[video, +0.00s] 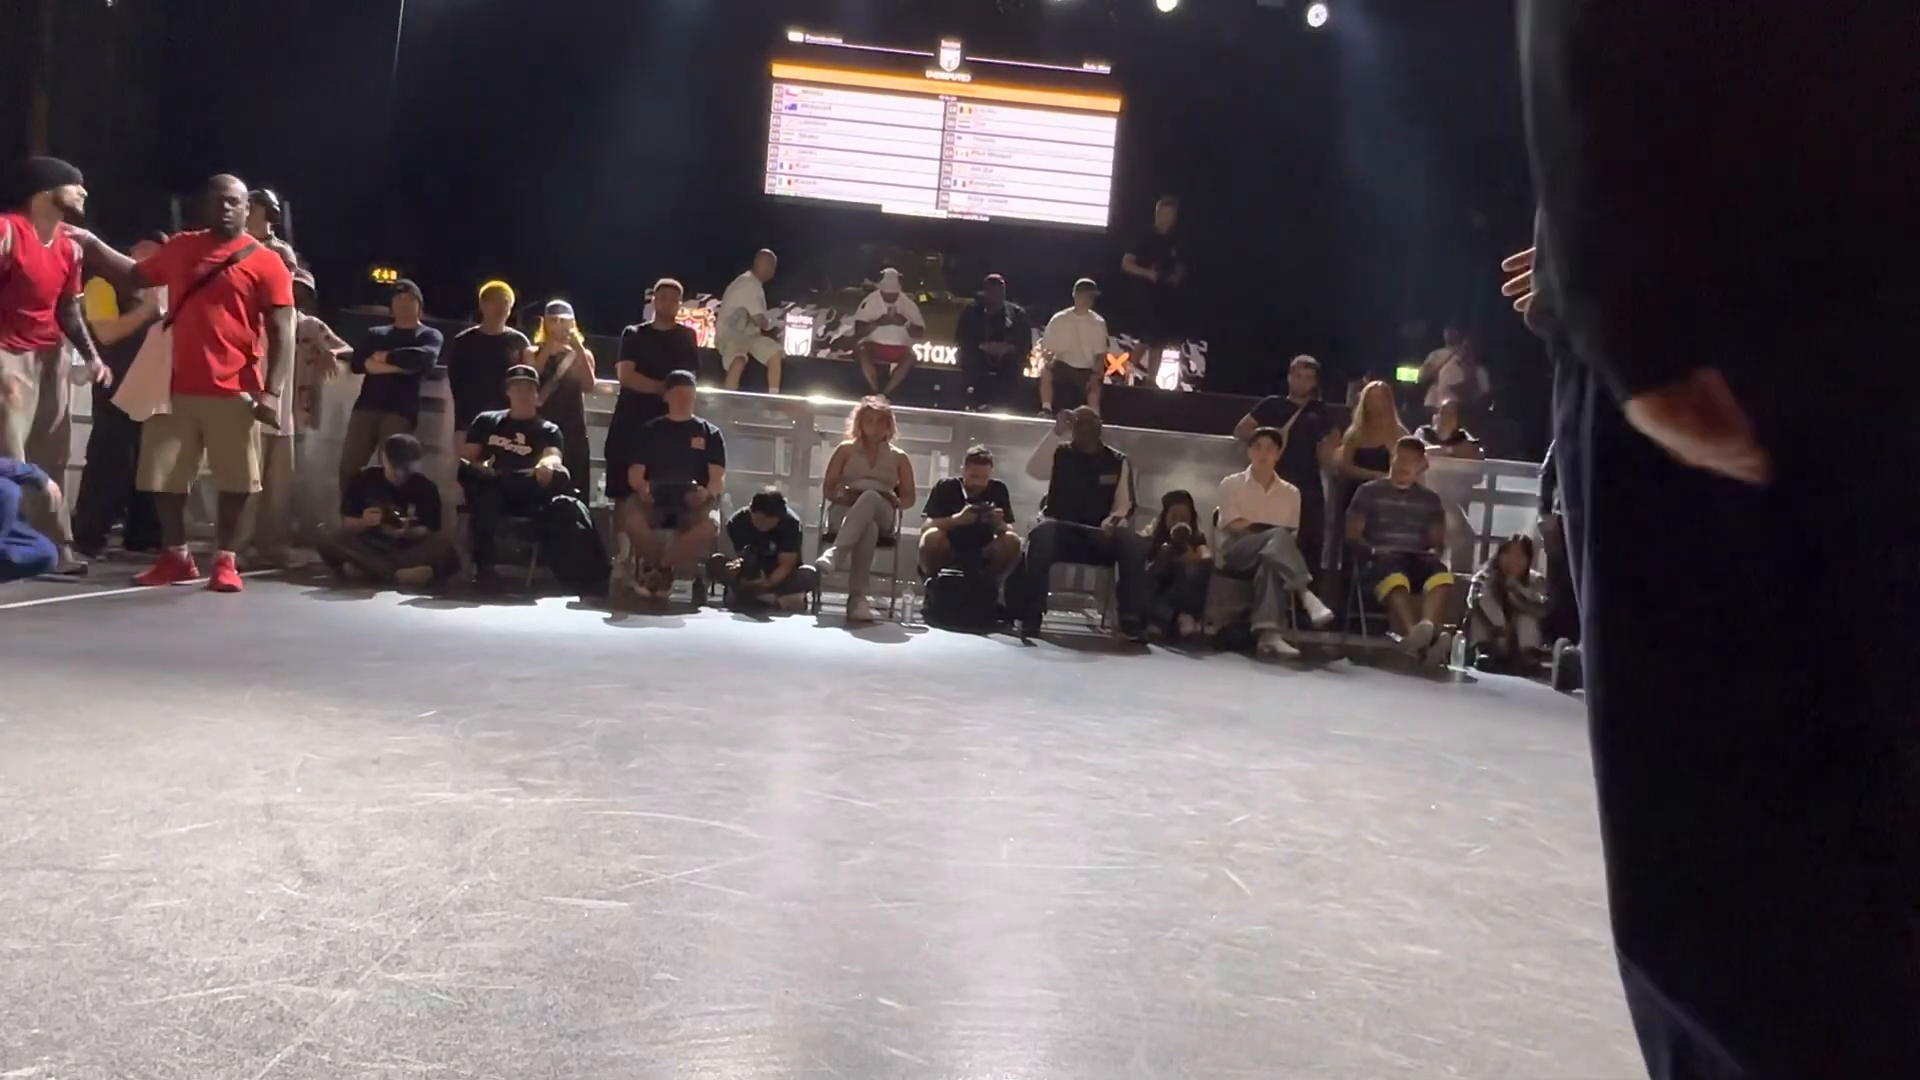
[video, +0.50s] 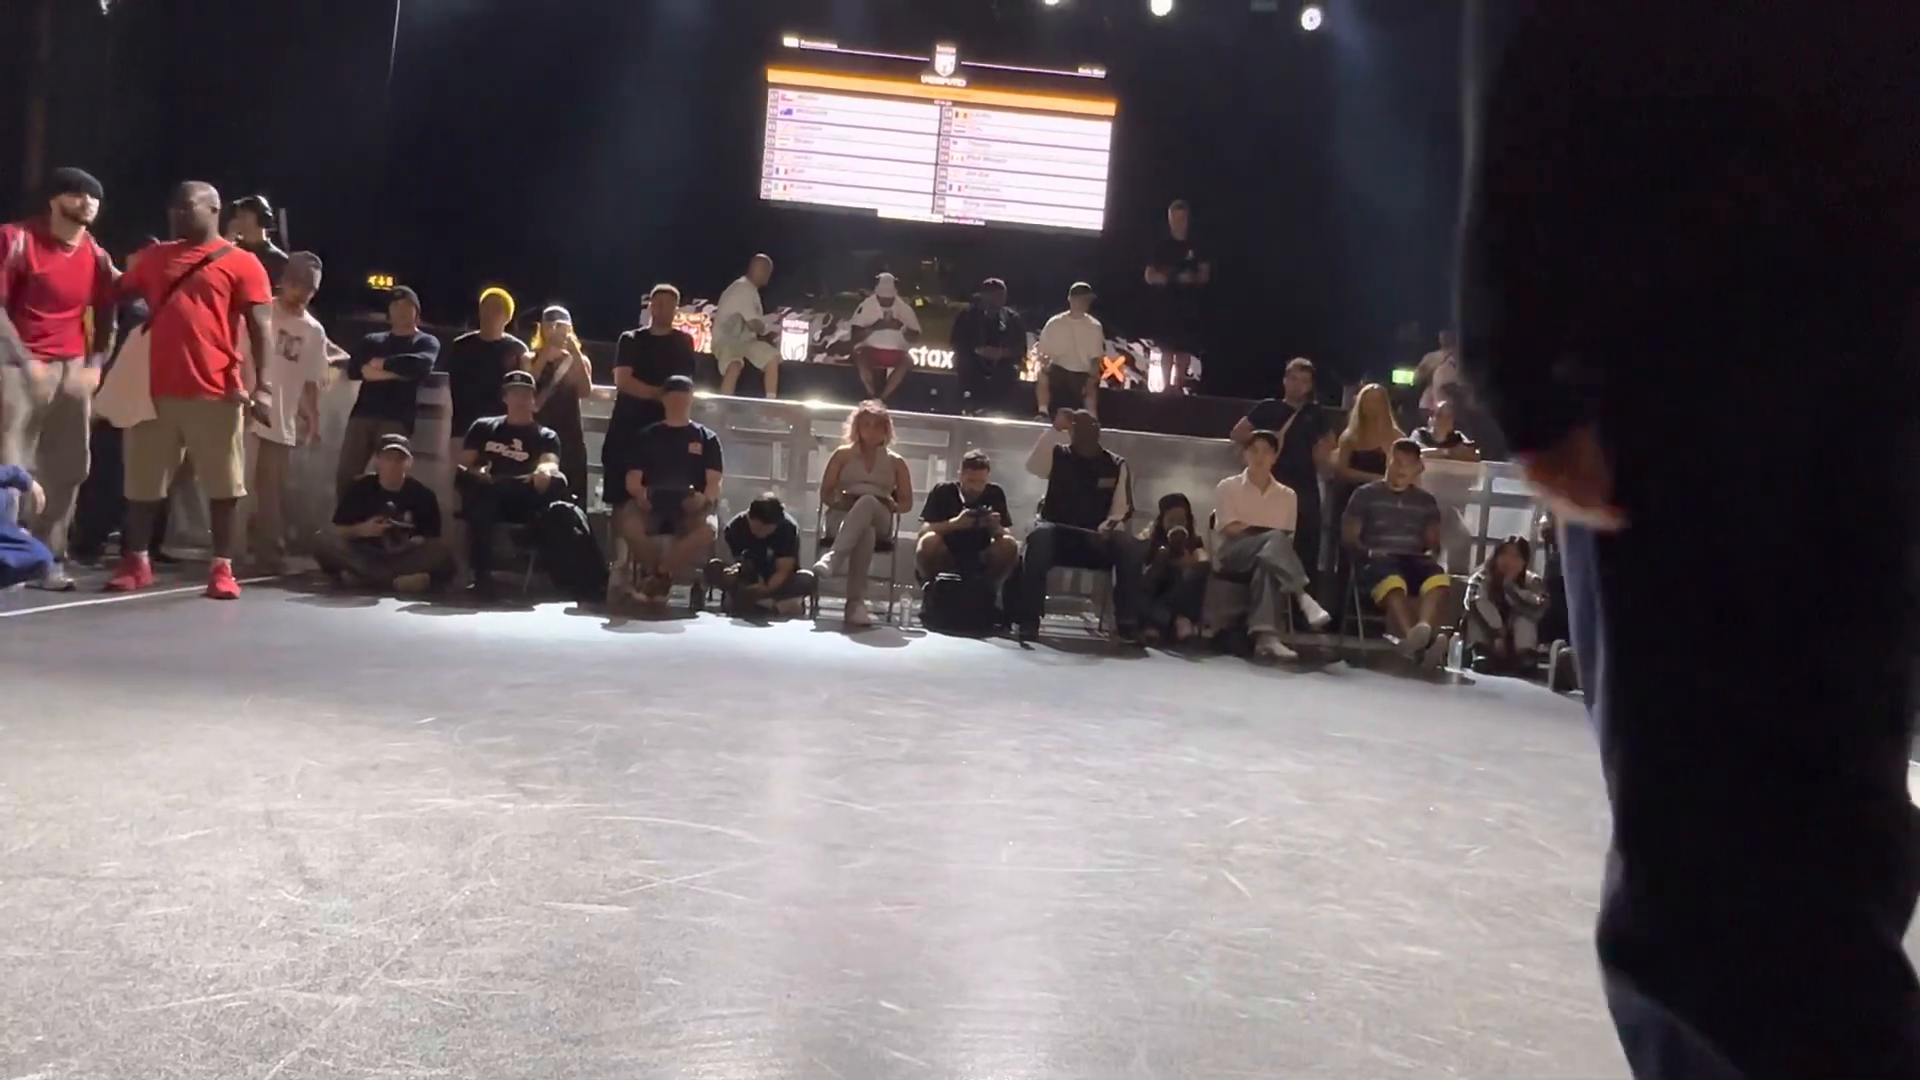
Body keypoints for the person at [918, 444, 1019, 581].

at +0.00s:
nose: (978, 482)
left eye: (984, 477)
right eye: (973, 477)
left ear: (990, 473)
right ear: (962, 471)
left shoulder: (998, 489)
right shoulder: (945, 487)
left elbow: (1010, 529)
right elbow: (926, 527)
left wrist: (998, 523)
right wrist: (958, 519)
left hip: (985, 550)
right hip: (950, 550)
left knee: (1011, 541)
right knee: (931, 538)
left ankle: (988, 590)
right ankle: (936, 591)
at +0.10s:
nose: (978, 484)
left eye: (984, 479)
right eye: (974, 478)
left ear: (991, 474)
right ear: (963, 472)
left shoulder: (999, 491)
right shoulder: (945, 489)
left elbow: (1010, 531)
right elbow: (926, 528)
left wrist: (999, 524)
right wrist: (958, 521)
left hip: (985, 552)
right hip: (950, 552)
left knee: (1012, 543)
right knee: (931, 540)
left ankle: (988, 592)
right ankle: (938, 592)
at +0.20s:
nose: (979, 485)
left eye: (985, 480)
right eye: (974, 479)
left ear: (991, 476)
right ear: (963, 473)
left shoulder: (999, 492)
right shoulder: (946, 489)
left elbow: (1011, 532)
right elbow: (927, 529)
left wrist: (999, 525)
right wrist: (958, 522)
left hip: (986, 554)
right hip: (950, 553)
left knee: (1012, 543)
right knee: (932, 540)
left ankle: (989, 593)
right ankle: (937, 594)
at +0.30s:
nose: (978, 485)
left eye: (984, 480)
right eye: (973, 479)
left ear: (991, 476)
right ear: (962, 473)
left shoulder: (998, 492)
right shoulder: (945, 490)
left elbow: (1010, 532)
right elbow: (927, 529)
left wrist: (998, 525)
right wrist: (958, 522)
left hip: (986, 553)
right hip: (950, 553)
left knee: (1011, 544)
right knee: (931, 541)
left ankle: (988, 592)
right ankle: (937, 593)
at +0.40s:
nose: (976, 486)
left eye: (982, 481)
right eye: (972, 480)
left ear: (989, 477)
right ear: (961, 474)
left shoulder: (996, 493)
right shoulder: (943, 490)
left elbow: (1009, 533)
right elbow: (925, 530)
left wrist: (997, 526)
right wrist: (957, 523)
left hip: (984, 554)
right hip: (948, 554)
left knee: (1010, 544)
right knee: (929, 541)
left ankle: (986, 594)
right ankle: (938, 594)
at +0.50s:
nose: (975, 487)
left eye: (981, 482)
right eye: (970, 481)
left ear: (987, 478)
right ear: (960, 475)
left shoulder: (995, 493)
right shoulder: (942, 491)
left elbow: (1007, 533)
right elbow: (923, 531)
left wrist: (995, 527)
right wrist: (955, 523)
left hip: (982, 555)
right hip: (947, 554)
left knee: (1008, 545)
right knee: (928, 542)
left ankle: (989, 595)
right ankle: (935, 595)